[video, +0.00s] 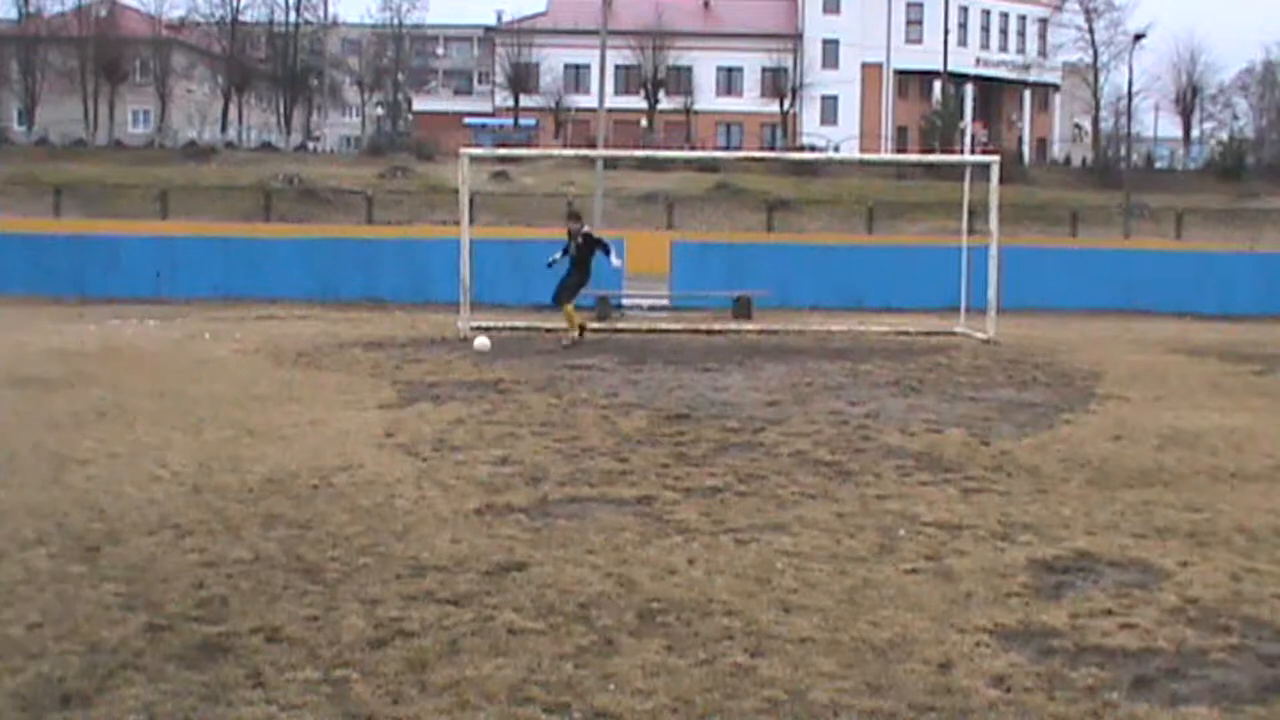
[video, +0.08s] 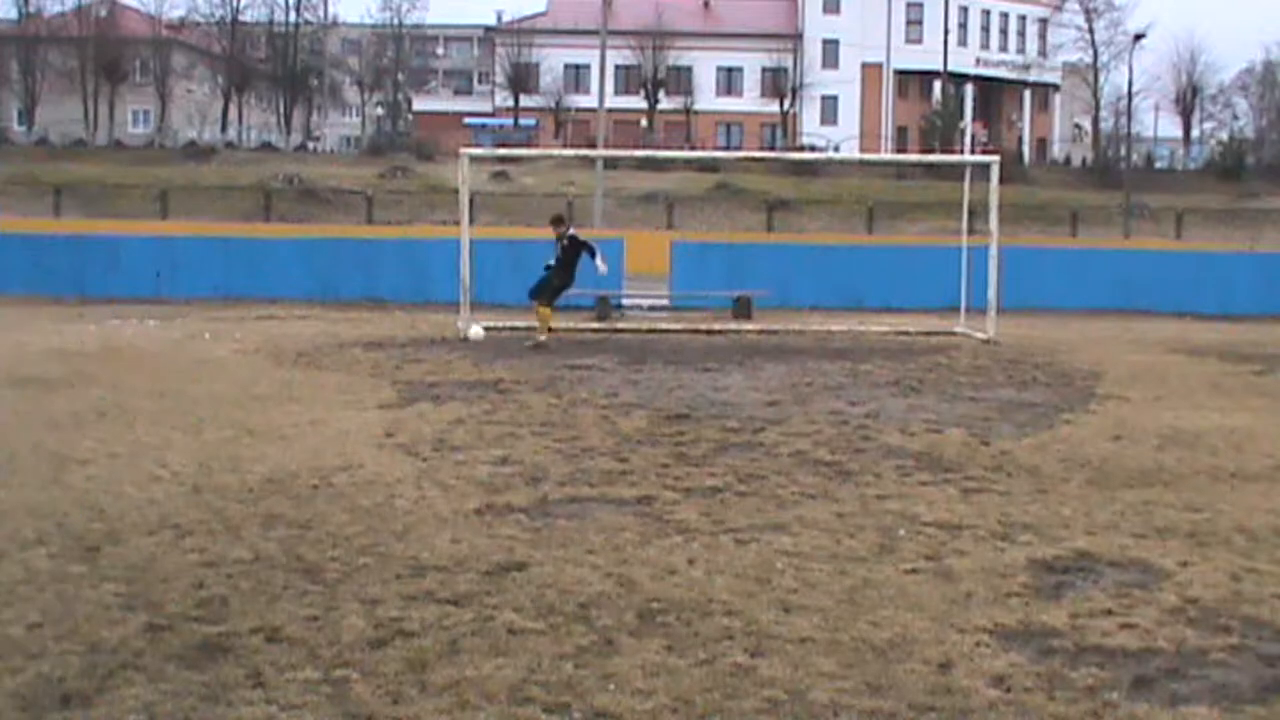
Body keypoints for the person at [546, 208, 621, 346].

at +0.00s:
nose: (572, 227)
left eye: (575, 224)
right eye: (570, 224)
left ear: (581, 224)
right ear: (567, 224)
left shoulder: (588, 238)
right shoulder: (571, 236)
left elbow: (604, 245)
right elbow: (567, 250)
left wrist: (612, 258)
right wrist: (557, 258)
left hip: (582, 272)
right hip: (572, 271)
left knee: (565, 300)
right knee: (559, 299)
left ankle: (574, 330)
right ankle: (578, 324)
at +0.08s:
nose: (555, 231)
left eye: (557, 228)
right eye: (554, 228)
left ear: (563, 226)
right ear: (556, 228)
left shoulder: (573, 239)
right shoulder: (560, 239)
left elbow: (589, 247)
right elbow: (562, 257)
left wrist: (597, 261)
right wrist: (553, 264)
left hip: (564, 276)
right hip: (556, 273)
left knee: (545, 302)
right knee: (537, 296)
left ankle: (542, 334)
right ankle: (544, 329)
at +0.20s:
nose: (534, 236)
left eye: (535, 233)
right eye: (533, 233)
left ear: (542, 231)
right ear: (538, 232)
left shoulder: (550, 246)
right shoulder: (542, 245)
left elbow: (563, 261)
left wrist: (570, 277)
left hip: (540, 283)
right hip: (534, 280)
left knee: (523, 309)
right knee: (511, 301)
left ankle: (538, 336)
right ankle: (484, 312)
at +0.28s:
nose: (522, 236)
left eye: (523, 233)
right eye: (521, 233)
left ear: (529, 231)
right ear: (530, 231)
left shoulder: (537, 247)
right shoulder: (536, 244)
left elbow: (544, 265)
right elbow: (547, 259)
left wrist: (544, 282)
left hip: (527, 283)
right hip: (520, 279)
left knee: (511, 310)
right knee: (495, 298)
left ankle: (530, 334)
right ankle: (473, 319)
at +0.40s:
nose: (508, 235)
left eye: (508, 232)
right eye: (507, 232)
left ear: (512, 231)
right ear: (516, 230)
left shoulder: (519, 246)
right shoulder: (521, 243)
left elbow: (516, 271)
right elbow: (531, 259)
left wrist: (501, 286)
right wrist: (530, 272)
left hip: (506, 281)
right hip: (498, 279)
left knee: (501, 311)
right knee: (479, 304)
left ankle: (523, 333)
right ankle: (472, 334)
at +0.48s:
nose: (498, 233)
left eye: (499, 230)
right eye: (499, 230)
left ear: (503, 230)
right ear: (509, 229)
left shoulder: (508, 245)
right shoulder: (511, 243)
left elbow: (498, 270)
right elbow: (517, 261)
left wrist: (483, 277)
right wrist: (515, 277)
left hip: (496, 280)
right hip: (496, 278)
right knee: (492, 310)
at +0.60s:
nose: (490, 226)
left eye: (491, 223)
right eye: (489, 223)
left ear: (497, 222)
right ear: (491, 223)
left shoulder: (503, 237)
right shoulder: (496, 236)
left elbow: (490, 258)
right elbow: (487, 256)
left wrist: (473, 261)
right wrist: (474, 262)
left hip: (490, 274)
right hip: (482, 273)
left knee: (483, 303)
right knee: (471, 302)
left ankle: (501, 331)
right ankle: (468, 334)